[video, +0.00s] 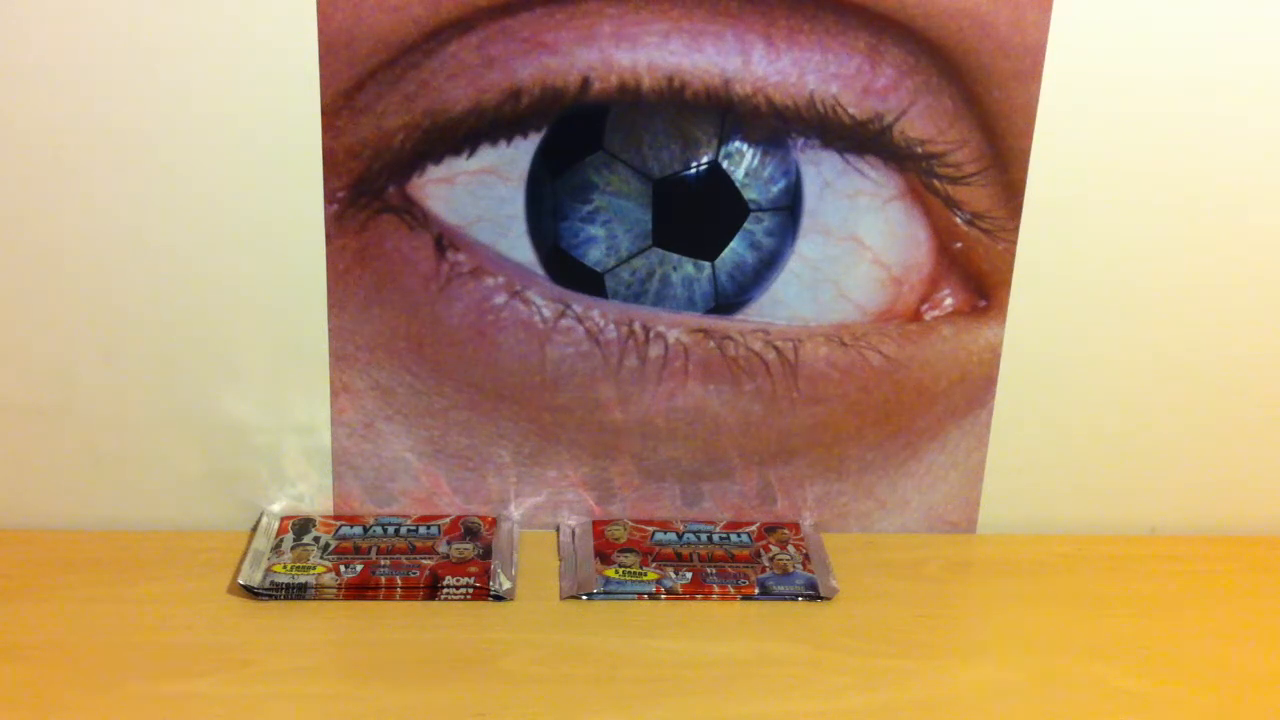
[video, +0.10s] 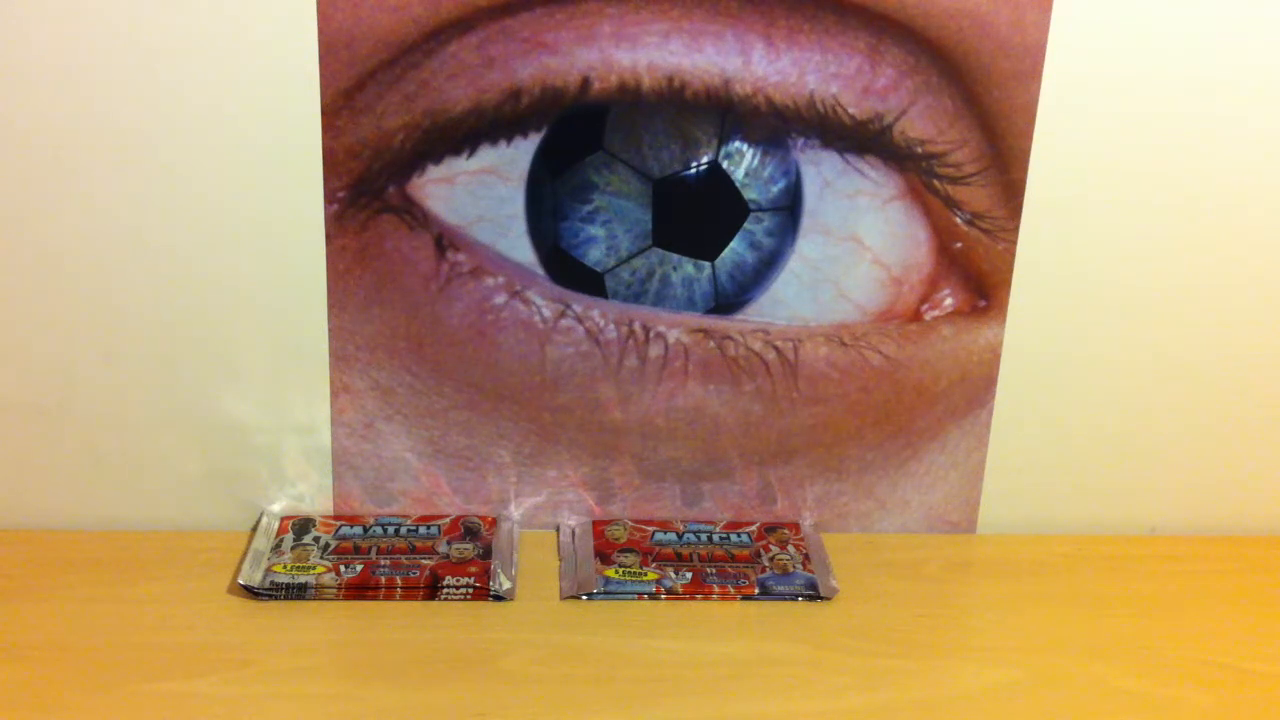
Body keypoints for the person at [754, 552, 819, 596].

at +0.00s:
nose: (784, 563)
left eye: (787, 560)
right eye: (780, 560)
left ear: (792, 562)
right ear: (772, 563)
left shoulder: (809, 579)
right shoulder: (762, 580)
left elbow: (818, 604)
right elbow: (760, 605)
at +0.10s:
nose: (784, 563)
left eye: (788, 560)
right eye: (780, 560)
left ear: (792, 562)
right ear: (772, 563)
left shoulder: (809, 579)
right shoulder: (763, 580)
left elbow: (819, 603)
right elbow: (761, 604)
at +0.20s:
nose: (784, 563)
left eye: (788, 560)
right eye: (780, 560)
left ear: (792, 562)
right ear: (772, 563)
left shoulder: (809, 579)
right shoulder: (763, 580)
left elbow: (819, 603)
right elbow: (761, 604)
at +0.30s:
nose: (784, 563)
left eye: (788, 560)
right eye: (780, 560)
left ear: (792, 562)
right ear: (772, 563)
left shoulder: (809, 579)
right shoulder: (763, 580)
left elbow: (819, 603)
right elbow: (761, 604)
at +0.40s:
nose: (784, 563)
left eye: (788, 560)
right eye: (780, 560)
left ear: (792, 562)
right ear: (772, 563)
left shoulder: (809, 579)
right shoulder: (763, 580)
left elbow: (817, 604)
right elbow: (761, 604)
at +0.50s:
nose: (784, 563)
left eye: (788, 560)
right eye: (780, 560)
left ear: (792, 562)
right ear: (772, 563)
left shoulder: (809, 579)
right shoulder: (763, 580)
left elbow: (819, 602)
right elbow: (761, 604)